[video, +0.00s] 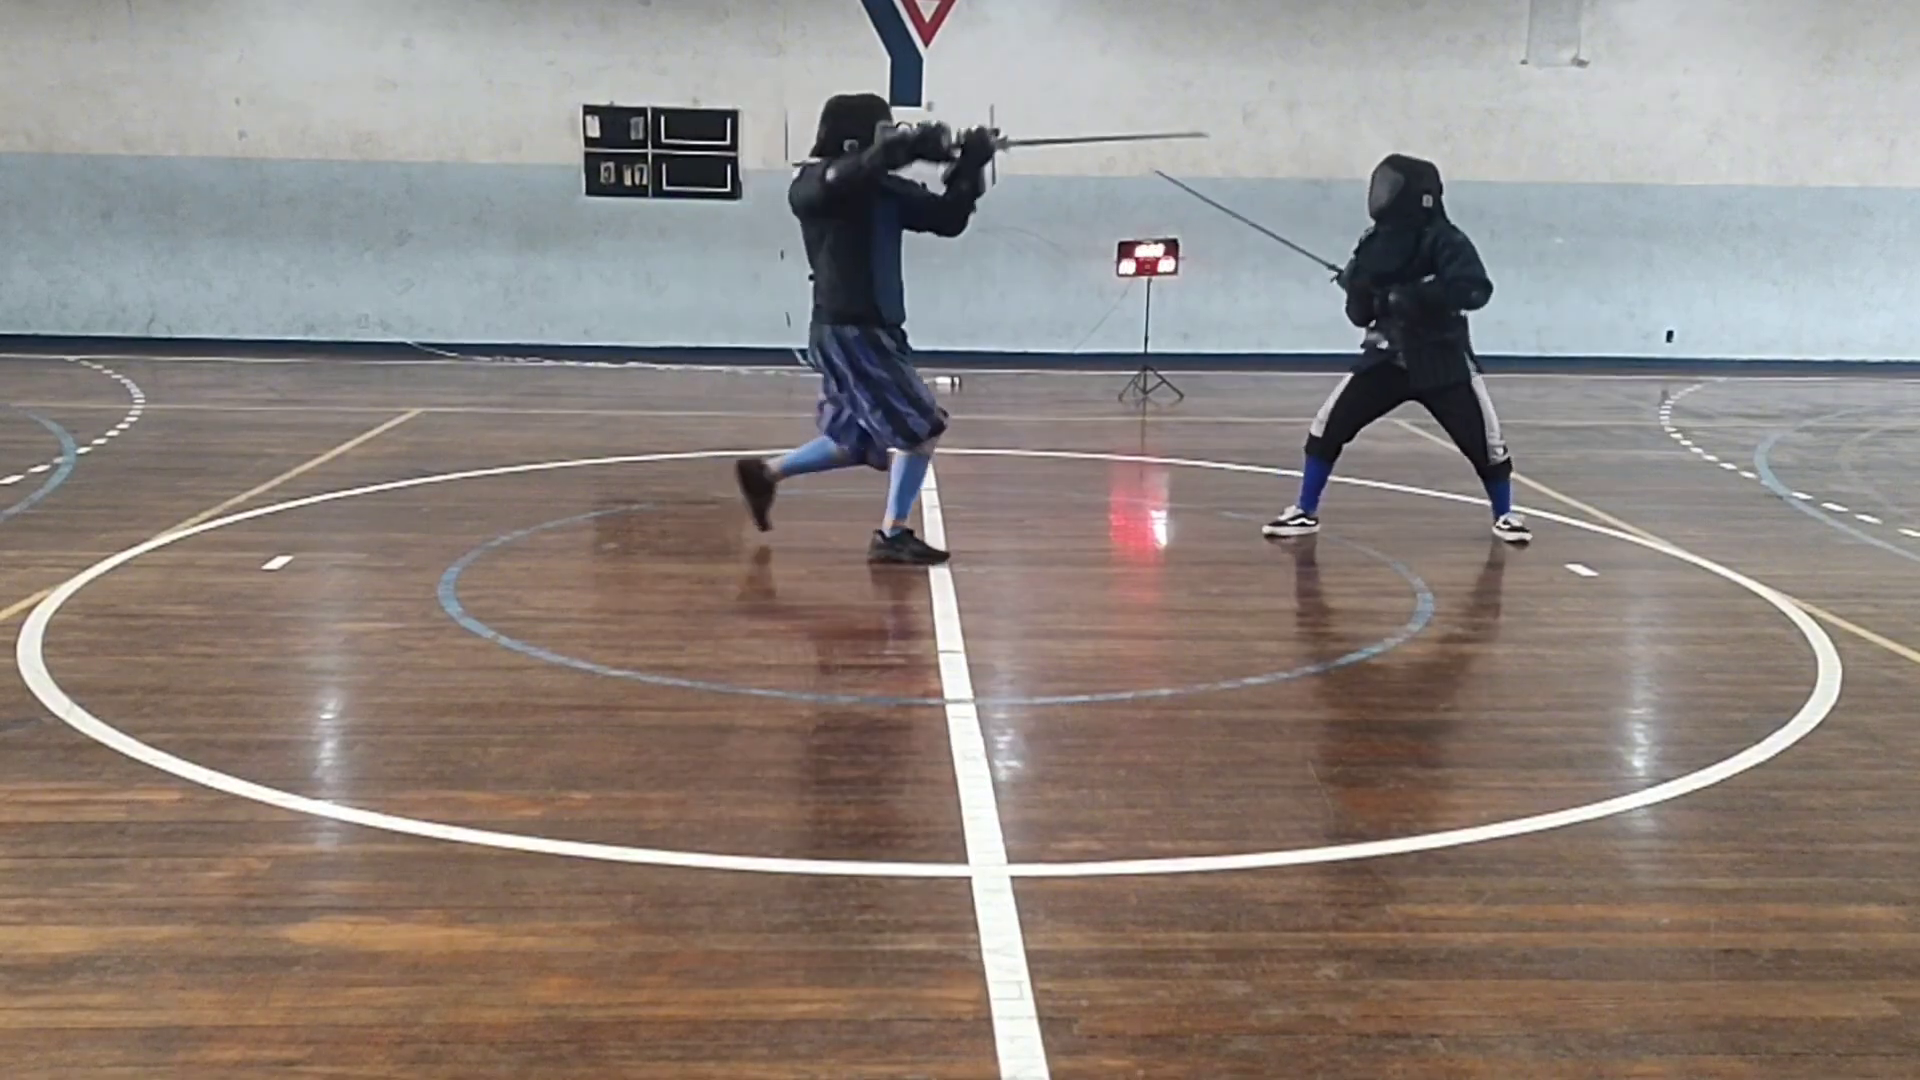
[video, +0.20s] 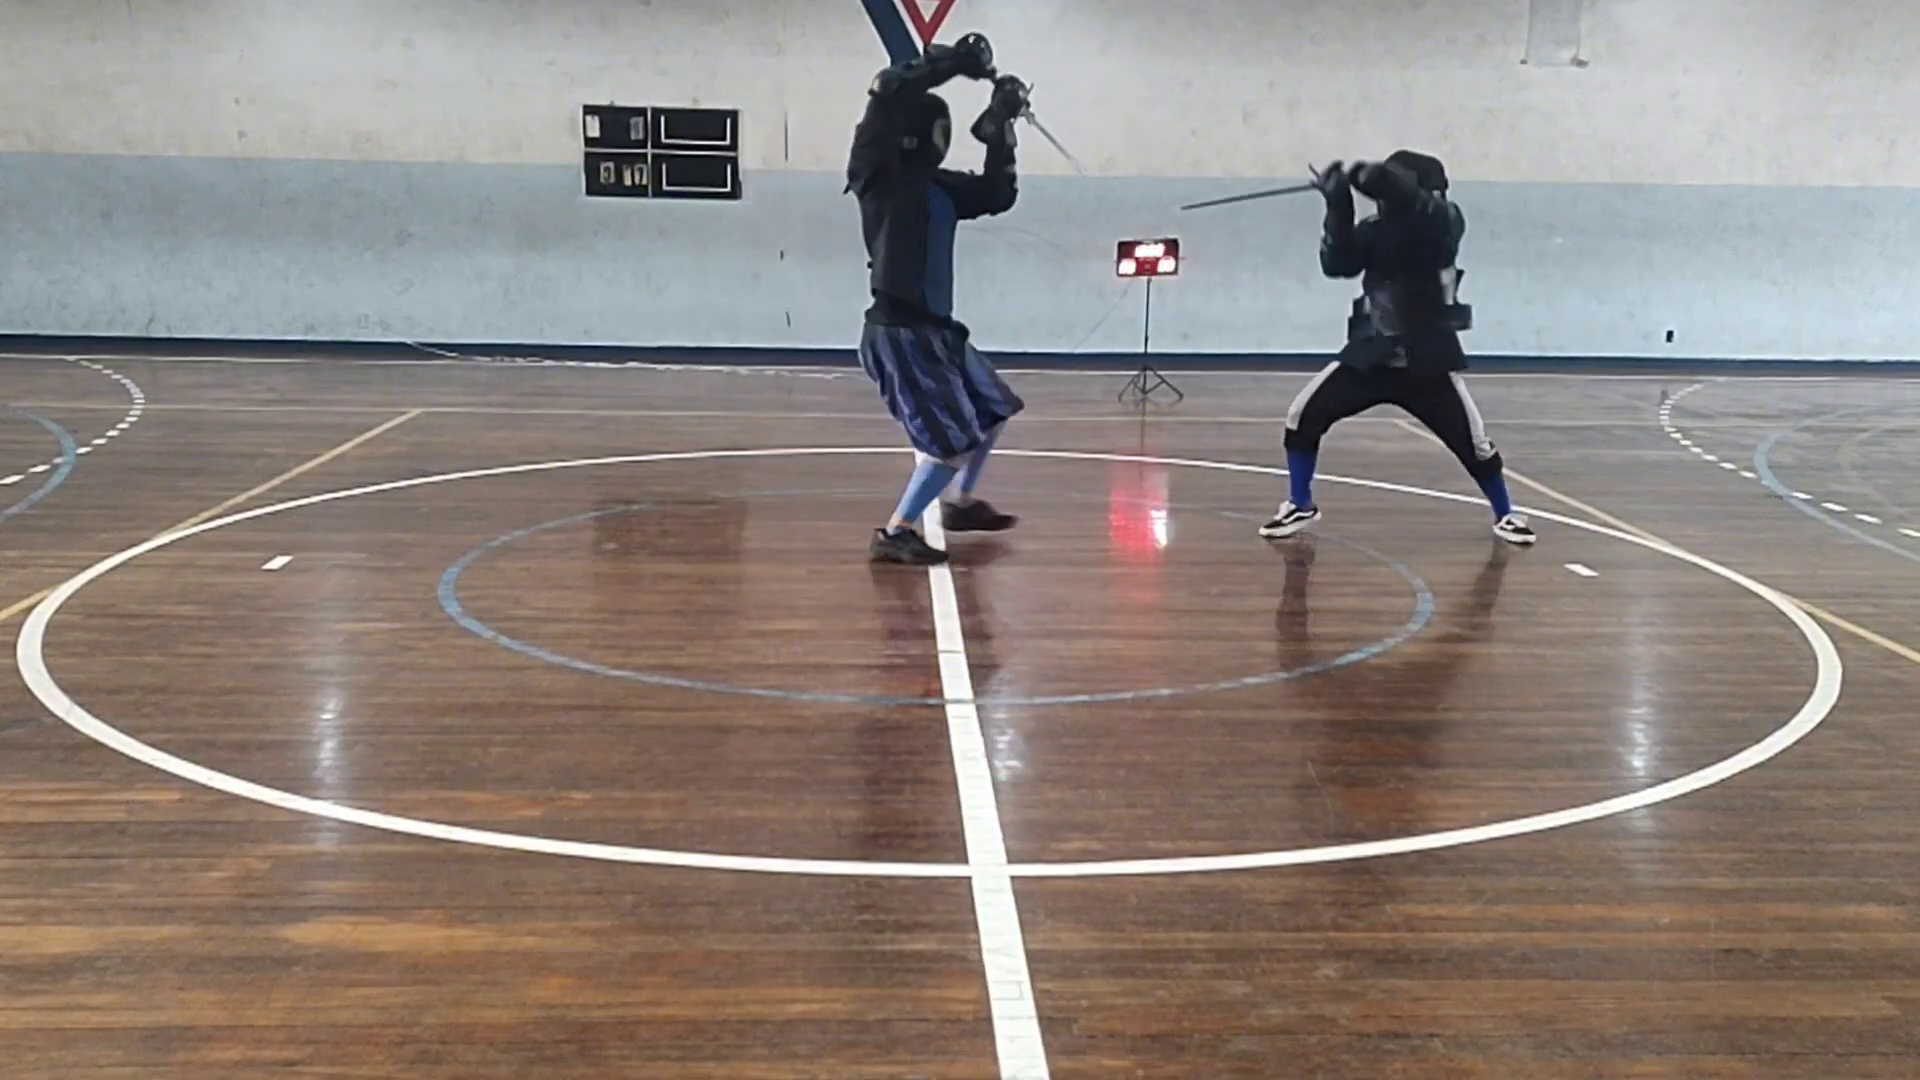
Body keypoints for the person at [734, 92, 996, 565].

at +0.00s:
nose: (887, 145)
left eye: (887, 138)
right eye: (880, 137)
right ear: (856, 139)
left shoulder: (883, 186)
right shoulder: (809, 185)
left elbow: (949, 219)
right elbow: (839, 179)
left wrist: (968, 166)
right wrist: (897, 148)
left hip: (875, 329)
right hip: (845, 331)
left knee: (862, 443)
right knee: (919, 426)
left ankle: (769, 473)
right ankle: (894, 533)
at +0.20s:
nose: (946, 140)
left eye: (945, 130)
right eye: (940, 130)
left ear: (924, 137)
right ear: (916, 134)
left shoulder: (945, 185)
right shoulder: (881, 176)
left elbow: (998, 193)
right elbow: (888, 94)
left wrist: (999, 129)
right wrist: (956, 60)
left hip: (939, 331)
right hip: (898, 332)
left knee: (994, 410)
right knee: (954, 437)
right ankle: (898, 531)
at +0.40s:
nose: (982, 151)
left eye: (986, 143)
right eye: (975, 142)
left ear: (990, 147)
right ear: (951, 143)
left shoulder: (989, 194)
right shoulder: (930, 189)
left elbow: (1044, 205)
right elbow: (945, 123)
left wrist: (1047, 139)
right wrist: (1006, 88)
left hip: (994, 336)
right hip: (949, 337)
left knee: (1047, 423)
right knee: (989, 451)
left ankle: (1036, 516)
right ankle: (903, 523)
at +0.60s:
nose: (1025, 154)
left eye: (1026, 144)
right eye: (1018, 143)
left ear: (997, 147)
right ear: (991, 146)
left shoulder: (1027, 208)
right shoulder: (956, 203)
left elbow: (1052, 279)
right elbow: (932, 284)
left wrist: (1038, 288)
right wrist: (984, 308)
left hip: (1024, 341)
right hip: (978, 343)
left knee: (1084, 416)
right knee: (997, 454)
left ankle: (1060, 503)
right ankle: (909, 526)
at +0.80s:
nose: (1028, 177)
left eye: (1028, 169)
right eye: (1021, 168)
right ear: (994, 172)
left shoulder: (1028, 229)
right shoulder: (966, 224)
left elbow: (1063, 296)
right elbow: (977, 291)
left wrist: (1090, 277)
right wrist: (1048, 304)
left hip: (1045, 356)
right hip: (1001, 359)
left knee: (1106, 424)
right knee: (1007, 471)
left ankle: (1086, 515)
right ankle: (916, 531)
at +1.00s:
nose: (1043, 152)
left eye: (1042, 144)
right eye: (1032, 144)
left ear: (1038, 153)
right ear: (1006, 156)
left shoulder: (1054, 203)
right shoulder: (989, 203)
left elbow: (1103, 199)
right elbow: (963, 139)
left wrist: (1097, 134)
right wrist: (1028, 106)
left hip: (1062, 340)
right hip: (1019, 338)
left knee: (1122, 418)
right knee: (995, 450)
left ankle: (1092, 507)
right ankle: (912, 530)